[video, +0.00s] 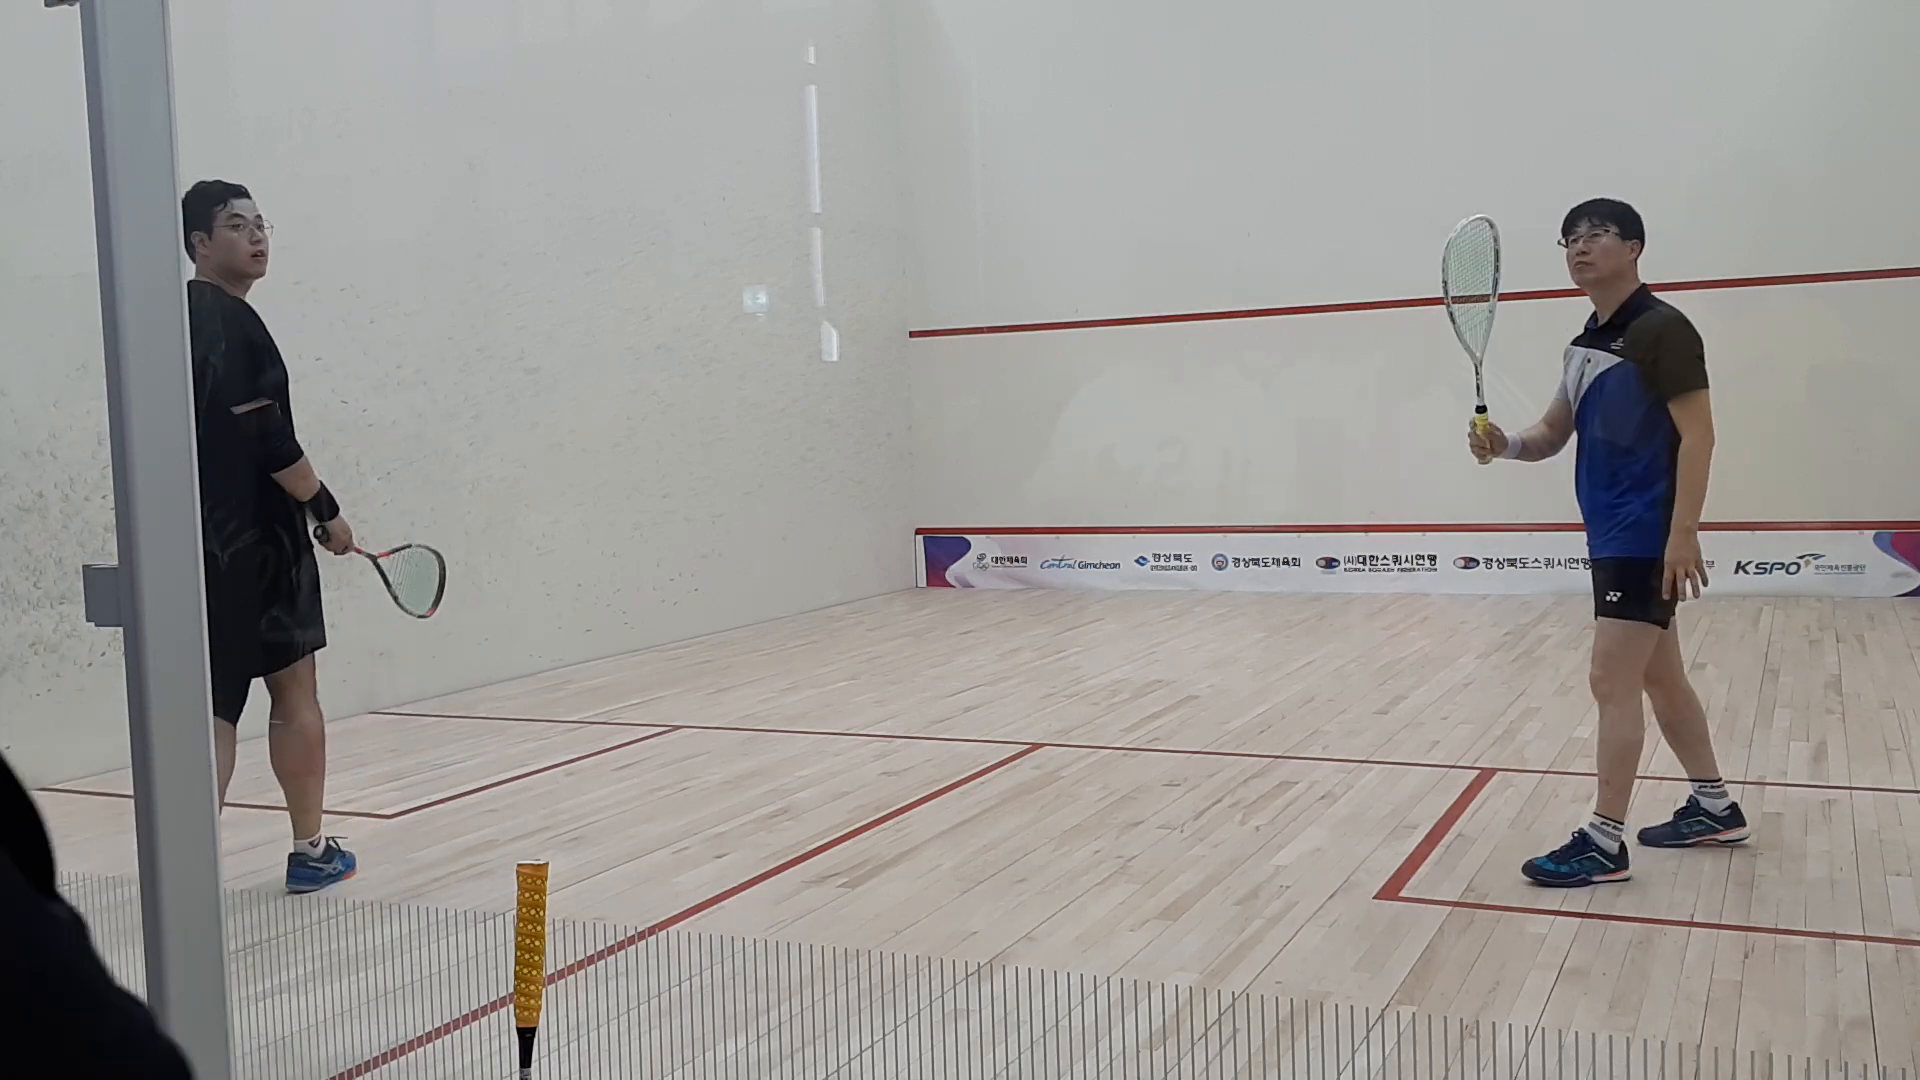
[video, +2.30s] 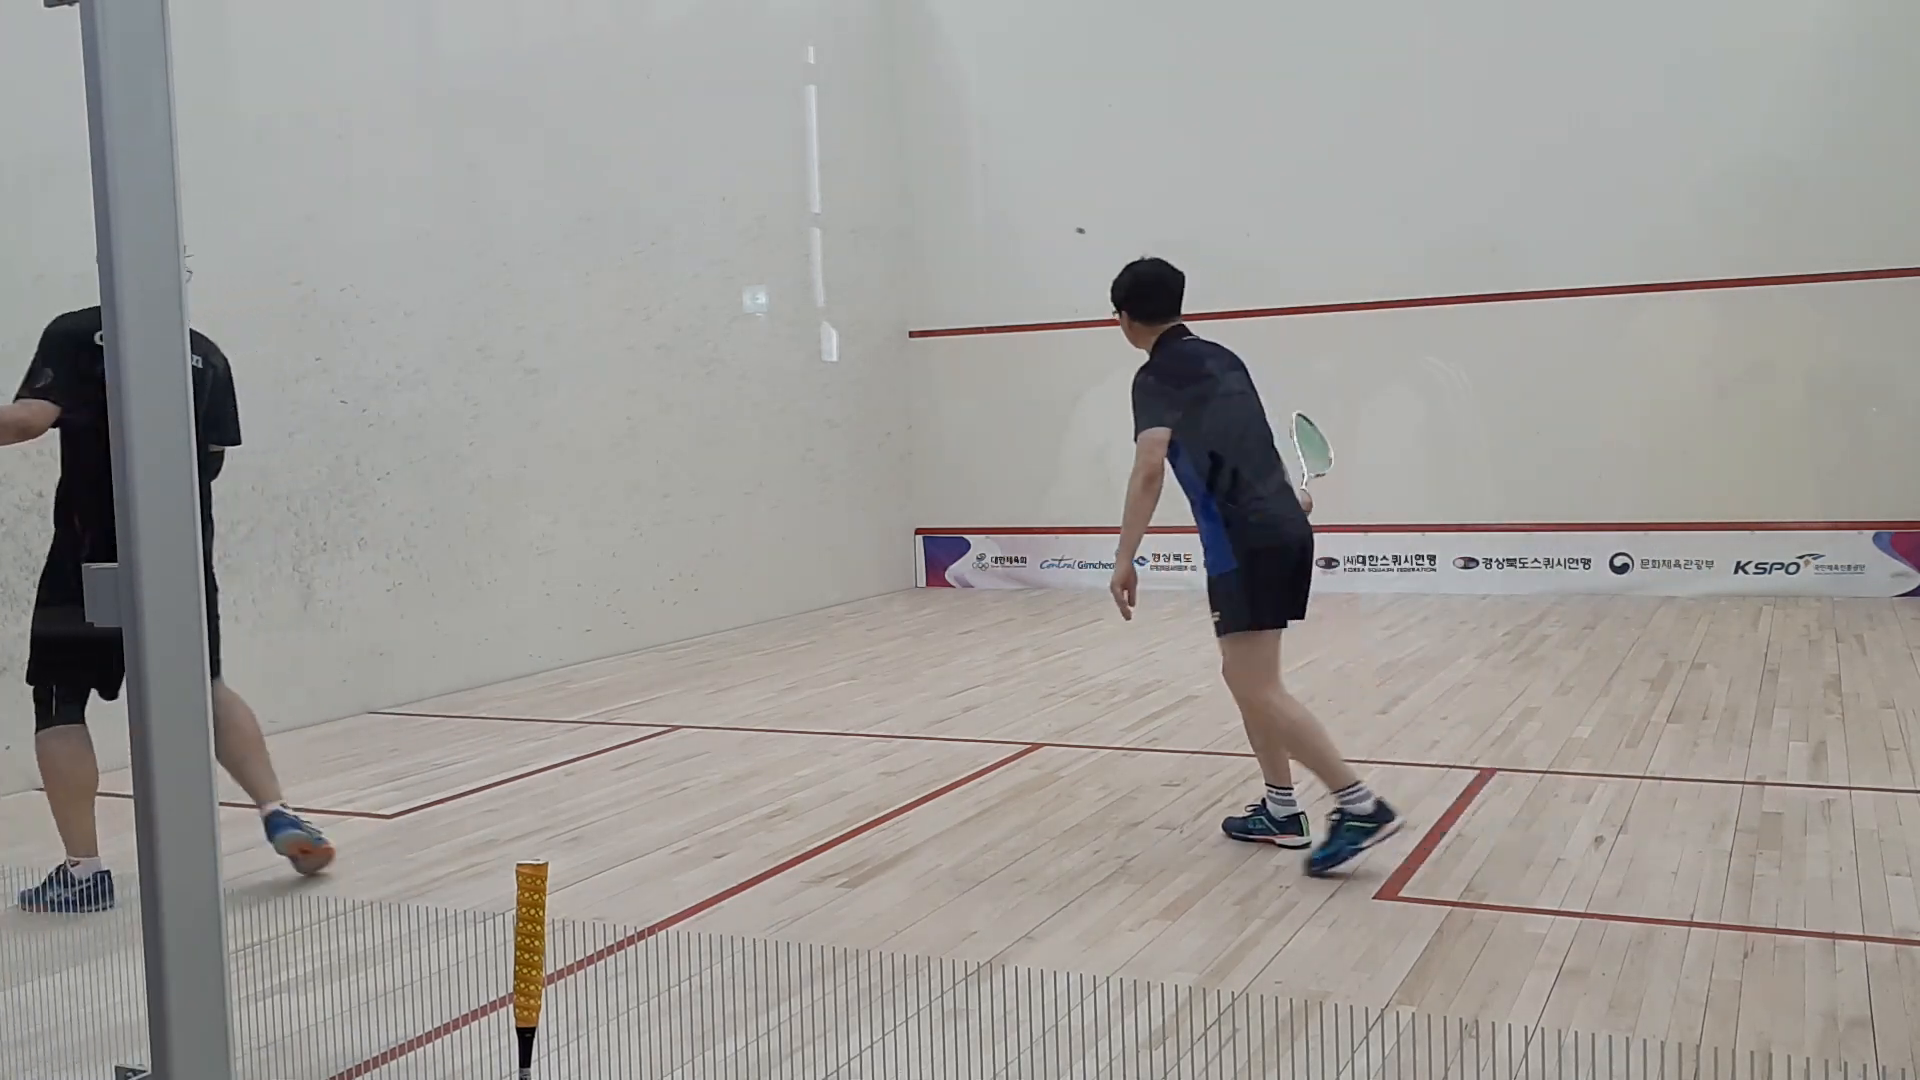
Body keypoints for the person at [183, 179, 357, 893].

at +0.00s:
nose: (261, 237)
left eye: (260, 225)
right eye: (241, 226)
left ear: (218, 248)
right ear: (200, 244)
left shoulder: (176, 317)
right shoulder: (236, 327)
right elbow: (276, 447)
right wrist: (327, 511)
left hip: (199, 546)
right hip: (264, 540)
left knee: (214, 714)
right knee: (295, 691)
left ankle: (189, 868)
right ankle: (311, 849)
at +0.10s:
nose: (278, 241)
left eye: (277, 229)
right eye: (259, 230)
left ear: (227, 248)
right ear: (217, 244)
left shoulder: (191, 316)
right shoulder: (247, 329)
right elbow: (280, 453)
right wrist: (324, 525)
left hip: (206, 549)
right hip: (261, 546)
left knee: (217, 714)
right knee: (289, 697)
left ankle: (182, 863)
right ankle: (306, 851)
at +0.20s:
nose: (306, 256)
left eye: (307, 244)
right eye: (293, 243)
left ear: (243, 252)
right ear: (248, 247)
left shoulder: (194, 320)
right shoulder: (266, 329)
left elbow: (180, 444)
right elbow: (286, 454)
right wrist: (319, 539)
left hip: (199, 549)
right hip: (262, 546)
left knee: (211, 711)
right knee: (288, 697)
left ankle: (183, 858)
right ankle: (304, 851)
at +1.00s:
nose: (249, 273)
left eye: (249, 259)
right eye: (242, 259)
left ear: (187, 257)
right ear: (206, 256)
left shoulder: (113, 323)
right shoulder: (231, 330)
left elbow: (91, 437)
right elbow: (272, 437)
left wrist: (157, 455)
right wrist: (303, 460)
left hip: (143, 549)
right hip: (232, 543)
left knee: (153, 711)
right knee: (282, 690)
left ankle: (152, 869)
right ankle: (319, 843)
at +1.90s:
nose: (293, 271)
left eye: (290, 260)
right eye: (289, 261)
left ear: (215, 269)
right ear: (272, 267)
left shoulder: (177, 321)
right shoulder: (305, 345)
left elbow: (115, 403)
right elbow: (314, 452)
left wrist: (51, 431)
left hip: (186, 547)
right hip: (276, 550)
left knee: (155, 699)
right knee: (294, 696)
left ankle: (135, 855)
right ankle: (324, 853)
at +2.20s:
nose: (221, 283)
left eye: (217, 271)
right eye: (217, 272)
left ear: (145, 271)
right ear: (202, 277)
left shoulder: (108, 328)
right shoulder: (239, 354)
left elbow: (70, 408)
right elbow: (245, 461)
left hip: (115, 560)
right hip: (216, 564)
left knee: (78, 699)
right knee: (247, 693)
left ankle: (86, 867)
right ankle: (316, 843)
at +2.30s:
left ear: (107, 259)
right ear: (177, 265)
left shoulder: (72, 334)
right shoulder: (205, 353)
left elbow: (30, 419)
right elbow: (210, 464)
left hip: (85, 557)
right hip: (181, 562)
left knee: (59, 703)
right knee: (206, 685)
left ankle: (84, 867)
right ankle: (278, 810)